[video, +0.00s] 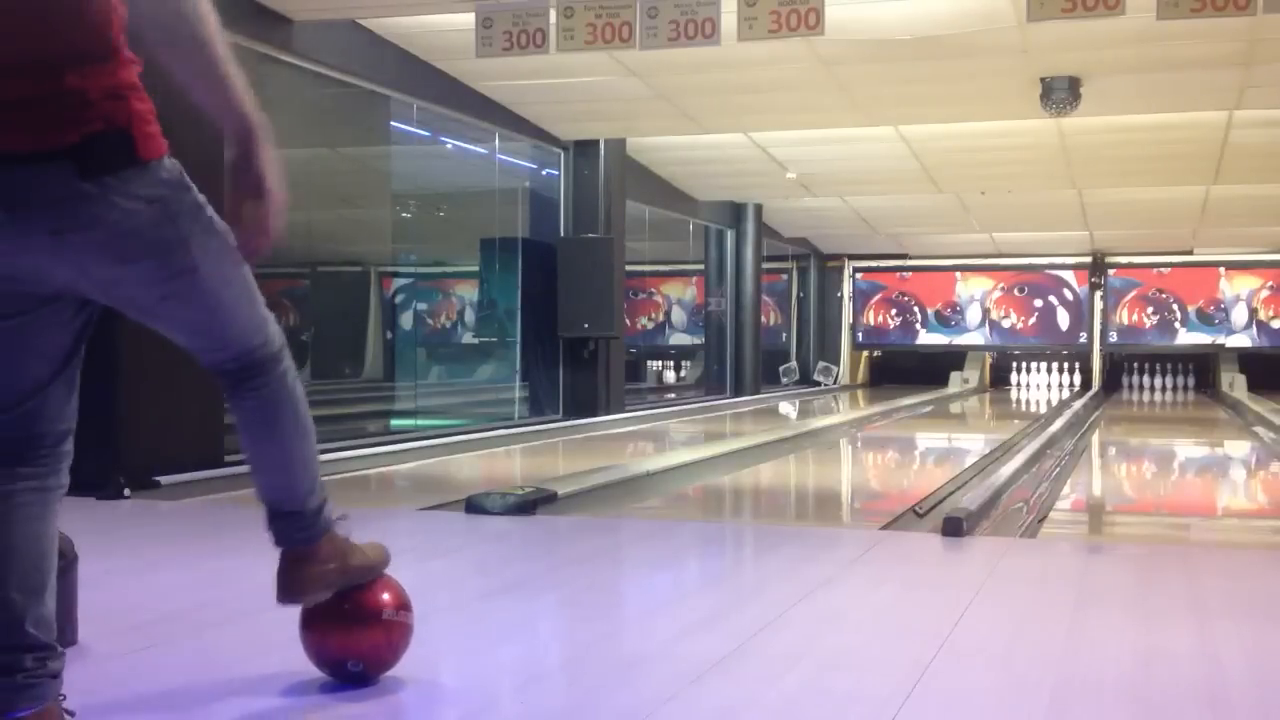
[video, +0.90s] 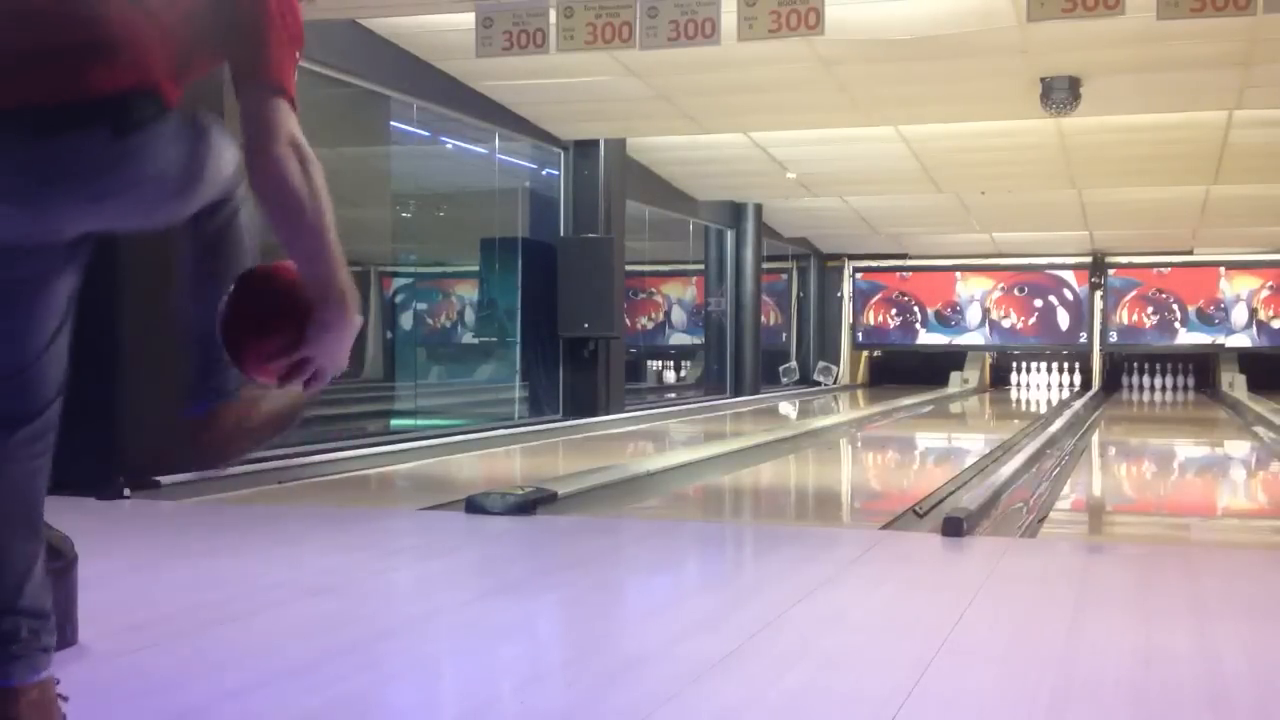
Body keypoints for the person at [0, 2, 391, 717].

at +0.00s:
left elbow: (155, 10)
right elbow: (157, 5)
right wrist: (245, 129)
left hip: (9, 187)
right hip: (102, 167)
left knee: (25, 463)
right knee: (254, 360)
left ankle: (25, 696)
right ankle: (310, 545)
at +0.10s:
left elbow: (198, 11)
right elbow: (200, 8)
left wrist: (288, 125)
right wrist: (292, 125)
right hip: (81, 156)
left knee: (22, 461)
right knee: (235, 364)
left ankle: (25, 694)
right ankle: (275, 566)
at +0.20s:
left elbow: (222, 10)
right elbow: (219, 7)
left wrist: (310, 130)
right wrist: (313, 129)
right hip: (60, 143)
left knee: (19, 456)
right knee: (198, 380)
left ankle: (21, 695)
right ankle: (203, 629)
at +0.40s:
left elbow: (203, 54)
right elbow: (201, 49)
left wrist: (287, 205)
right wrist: (286, 204)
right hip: (47, 157)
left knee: (29, 447)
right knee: (147, 429)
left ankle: (23, 696)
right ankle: (149, 682)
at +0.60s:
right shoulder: (210, 9)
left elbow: (239, 156)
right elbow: (236, 155)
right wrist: (303, 338)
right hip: (45, 119)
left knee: (13, 428)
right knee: (151, 297)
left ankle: (16, 680)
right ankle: (135, 544)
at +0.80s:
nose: (303, 18)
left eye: (303, 17)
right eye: (300, 12)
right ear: (282, 1)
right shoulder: (242, 5)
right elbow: (282, 174)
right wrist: (355, 311)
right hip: (66, 159)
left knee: (7, 456)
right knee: (186, 204)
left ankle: (15, 690)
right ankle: (129, 438)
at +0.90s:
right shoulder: (260, 4)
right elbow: (275, 143)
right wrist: (337, 298)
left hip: (17, 149)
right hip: (102, 137)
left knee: (20, 431)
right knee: (221, 172)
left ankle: (23, 679)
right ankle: (216, 408)